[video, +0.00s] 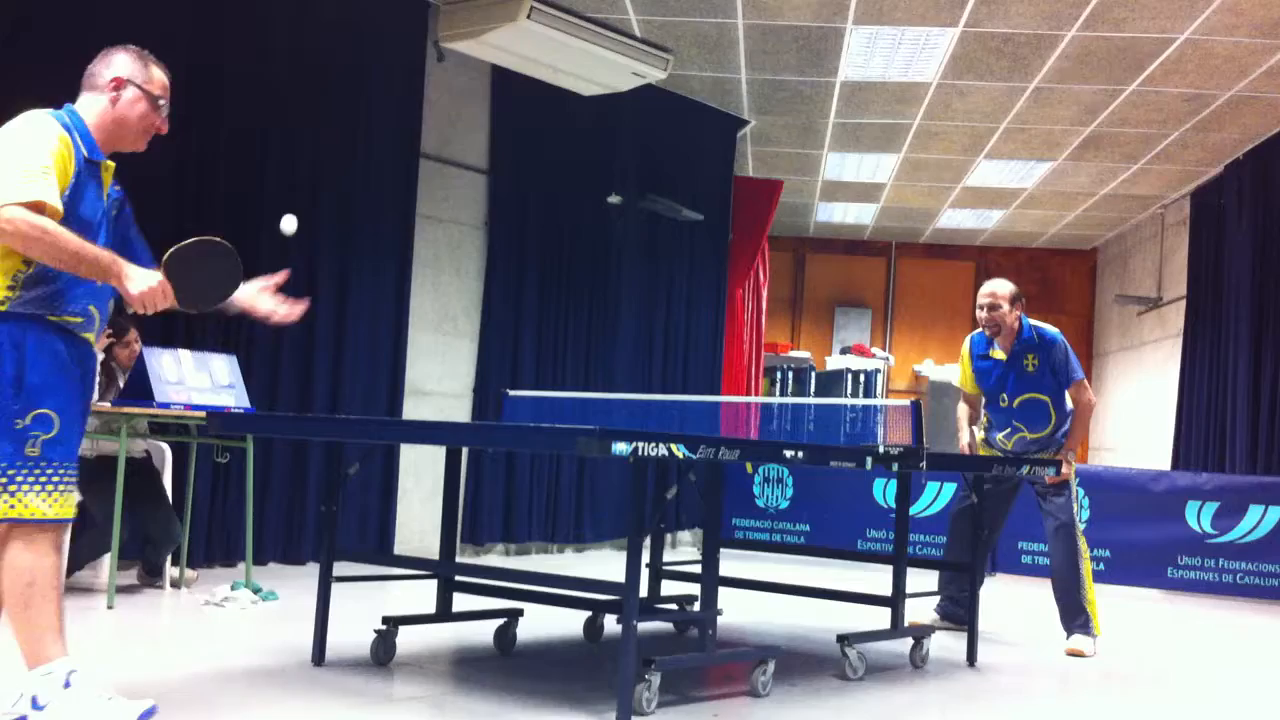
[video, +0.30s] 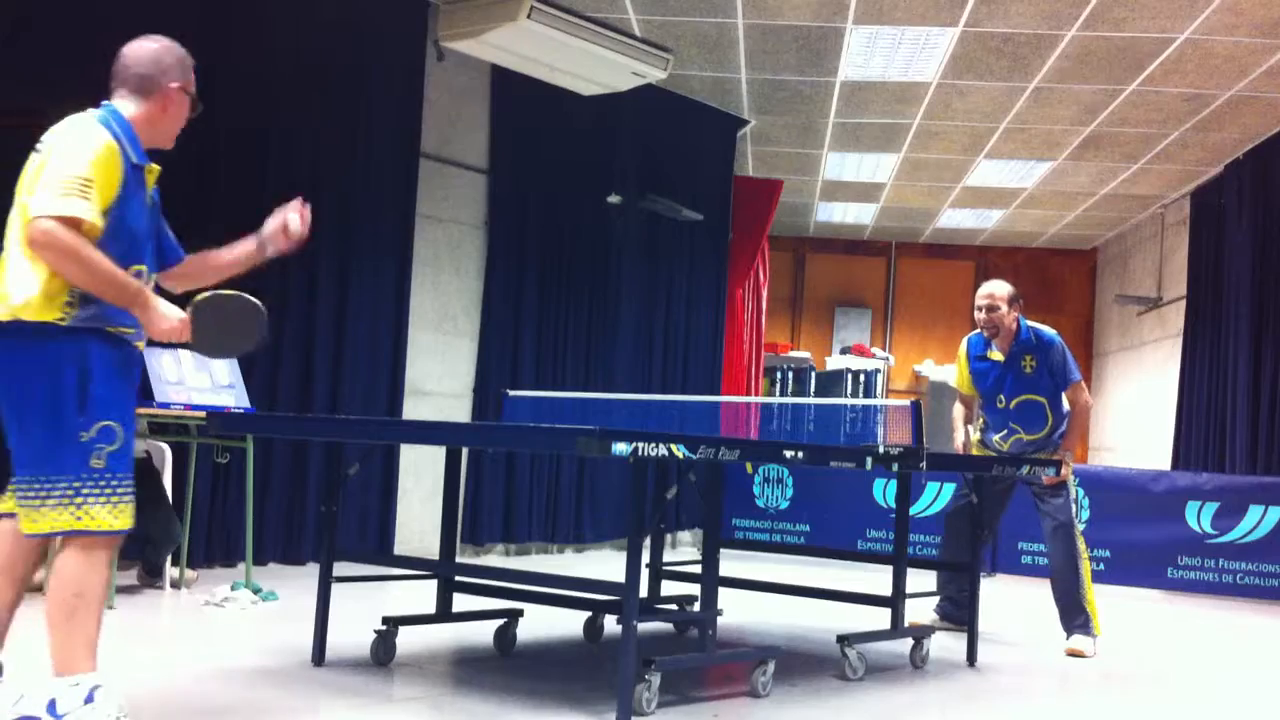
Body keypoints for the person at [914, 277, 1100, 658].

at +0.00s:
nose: (985, 315)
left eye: (994, 308)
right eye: (980, 309)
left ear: (1016, 310)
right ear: (975, 312)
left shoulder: (1048, 340)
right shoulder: (974, 346)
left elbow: (1084, 400)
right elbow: (968, 400)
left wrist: (1068, 452)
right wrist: (965, 435)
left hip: (1048, 452)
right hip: (996, 450)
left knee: (1064, 531)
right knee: (966, 520)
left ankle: (1080, 630)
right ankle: (955, 611)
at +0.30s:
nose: (984, 317)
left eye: (992, 309)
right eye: (978, 310)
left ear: (1014, 312)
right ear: (973, 313)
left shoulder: (1046, 342)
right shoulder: (971, 347)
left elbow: (1081, 401)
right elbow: (964, 400)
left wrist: (1067, 451)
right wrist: (961, 436)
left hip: (1045, 452)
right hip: (992, 450)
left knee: (1062, 531)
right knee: (960, 521)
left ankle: (1081, 631)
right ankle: (954, 612)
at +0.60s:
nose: (984, 318)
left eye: (992, 310)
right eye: (979, 311)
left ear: (1014, 312)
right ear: (973, 314)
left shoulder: (1045, 343)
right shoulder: (970, 347)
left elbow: (1075, 405)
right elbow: (963, 400)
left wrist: (1054, 450)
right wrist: (957, 428)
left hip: (1043, 454)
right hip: (991, 452)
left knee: (1061, 533)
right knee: (959, 522)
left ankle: (1080, 631)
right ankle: (954, 612)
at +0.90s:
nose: (983, 317)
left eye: (991, 309)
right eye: (978, 310)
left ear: (1013, 311)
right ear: (972, 313)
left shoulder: (1045, 342)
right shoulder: (970, 346)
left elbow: (1081, 395)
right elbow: (963, 400)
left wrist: (1068, 446)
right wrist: (958, 428)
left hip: (1044, 453)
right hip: (991, 451)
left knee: (1061, 532)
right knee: (959, 522)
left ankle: (1080, 630)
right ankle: (954, 612)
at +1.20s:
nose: (989, 316)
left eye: (997, 309)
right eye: (985, 309)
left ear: (1019, 309)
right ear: (981, 311)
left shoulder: (1052, 340)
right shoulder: (977, 345)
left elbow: (1089, 396)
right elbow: (971, 398)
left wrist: (1071, 449)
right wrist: (966, 430)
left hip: (1051, 453)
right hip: (999, 451)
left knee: (1068, 528)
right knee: (971, 522)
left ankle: (1081, 631)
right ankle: (955, 612)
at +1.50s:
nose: (989, 319)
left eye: (997, 311)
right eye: (984, 312)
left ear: (1018, 311)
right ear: (980, 314)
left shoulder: (1052, 341)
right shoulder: (977, 347)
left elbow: (1084, 400)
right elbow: (971, 402)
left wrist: (1066, 449)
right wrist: (966, 431)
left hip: (1051, 452)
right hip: (999, 452)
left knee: (1069, 527)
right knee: (965, 517)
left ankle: (1081, 632)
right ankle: (954, 612)